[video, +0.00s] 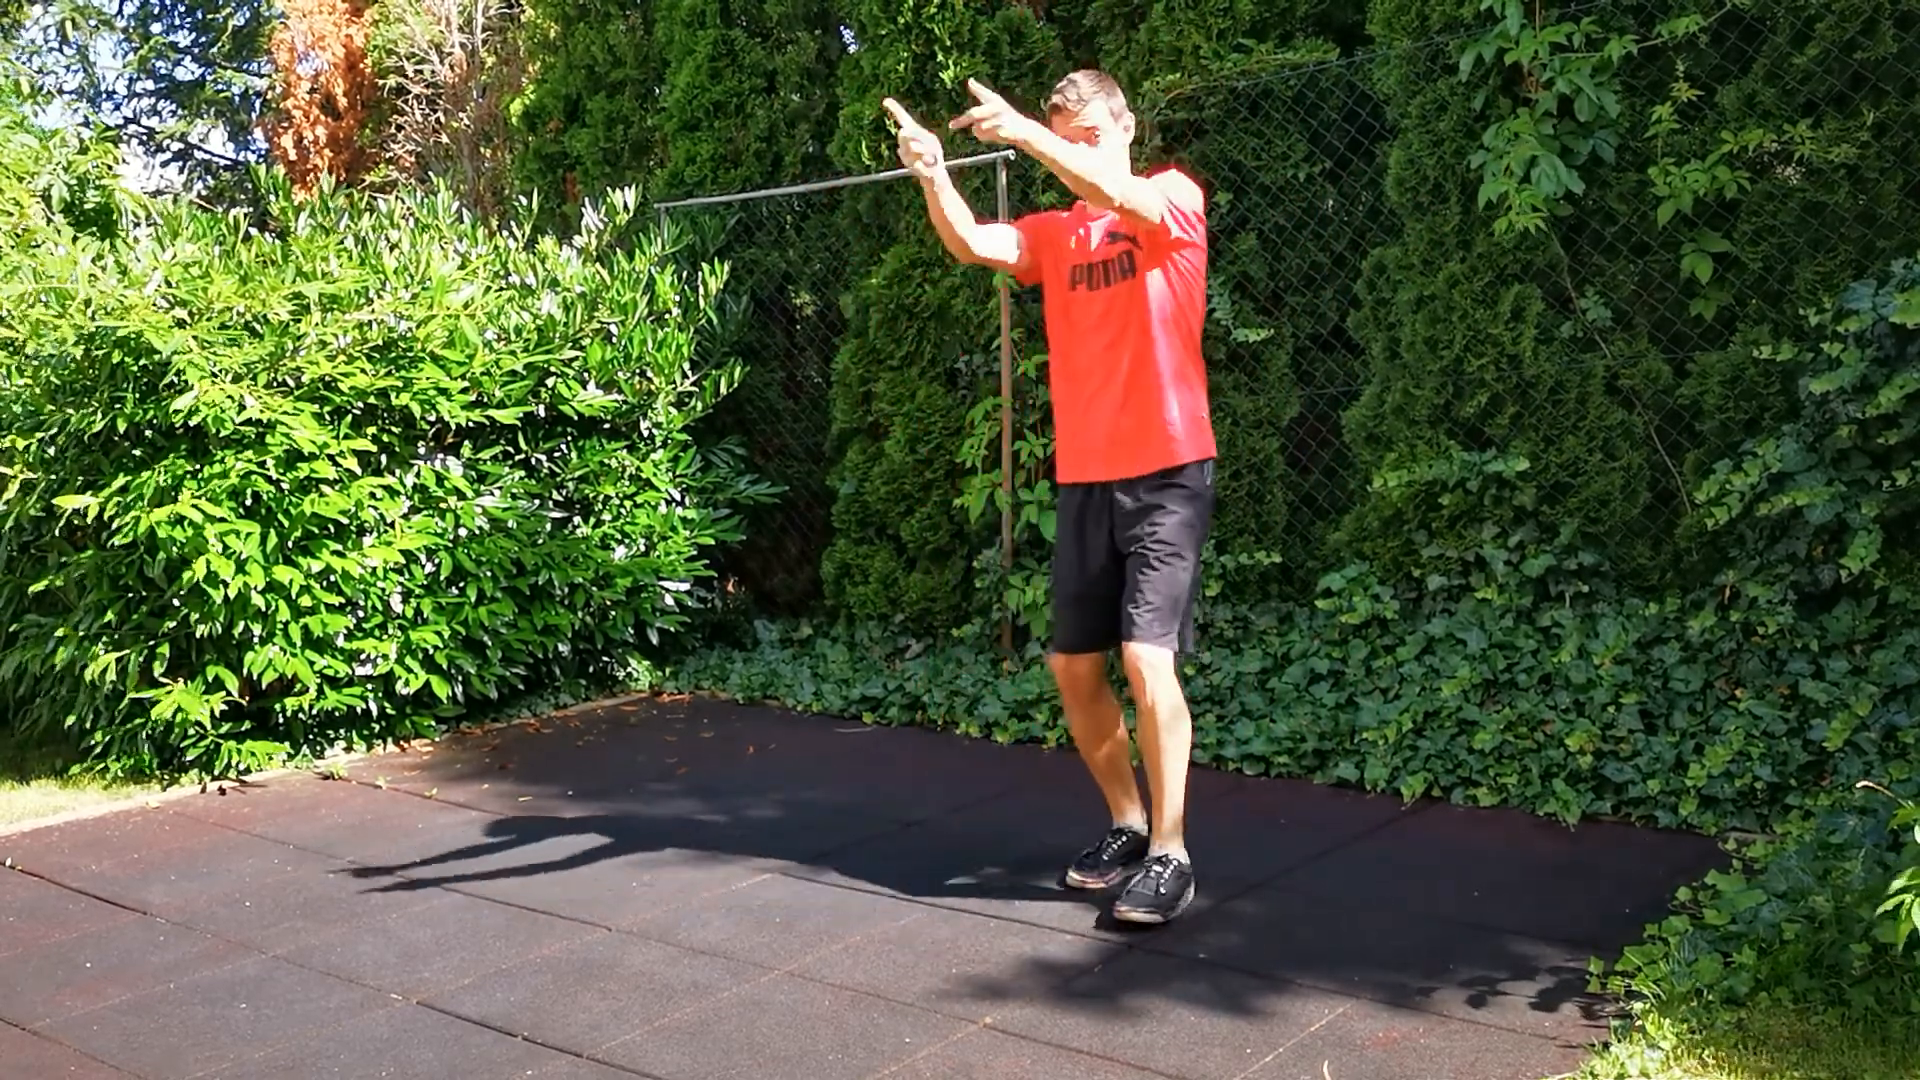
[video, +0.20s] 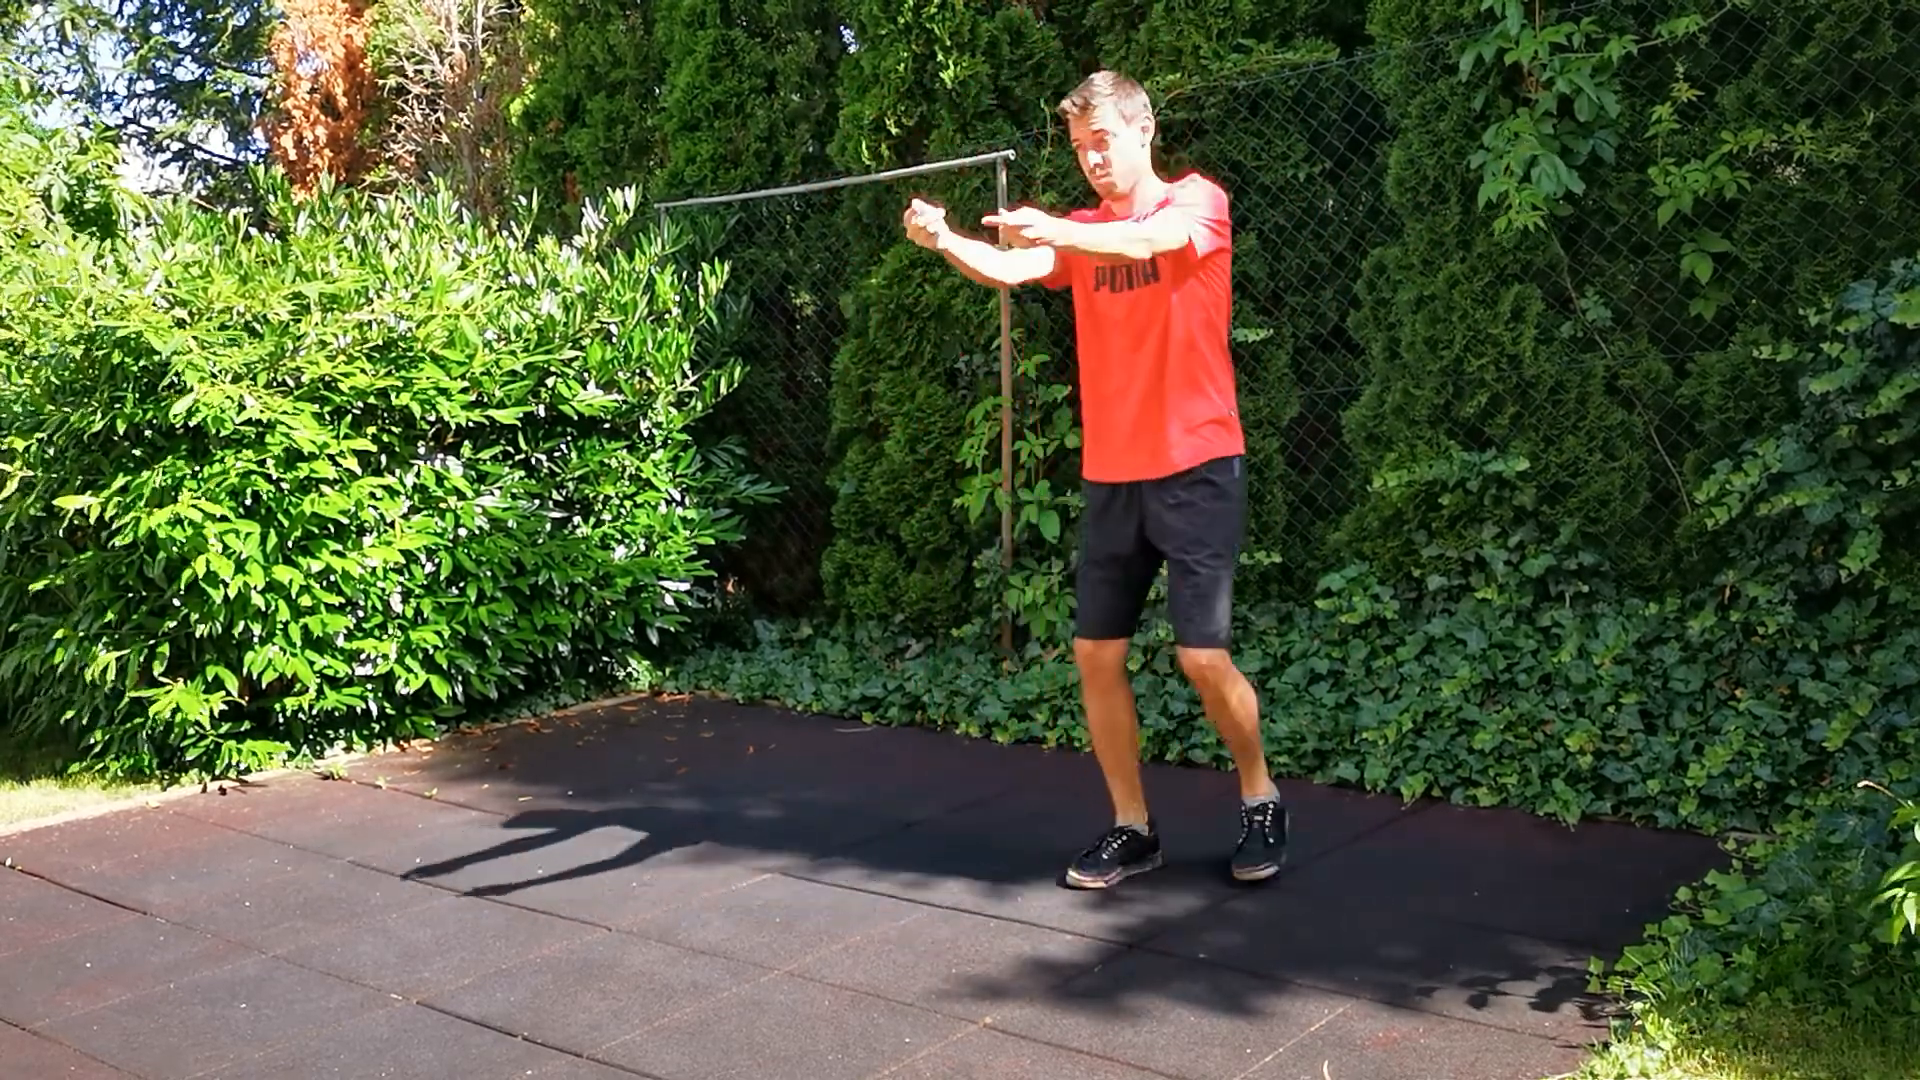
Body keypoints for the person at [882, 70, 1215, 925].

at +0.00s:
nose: (1079, 153)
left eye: (1089, 136)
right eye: (1066, 142)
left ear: (1126, 129)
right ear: (1051, 145)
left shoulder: (1175, 192)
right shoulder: (1053, 228)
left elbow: (1132, 202)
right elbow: (970, 243)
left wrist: (1025, 132)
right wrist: (933, 173)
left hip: (1167, 469)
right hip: (1084, 478)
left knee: (1145, 656)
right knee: (1074, 664)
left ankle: (1170, 854)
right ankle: (1132, 826)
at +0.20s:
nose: (1094, 159)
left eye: (1104, 142)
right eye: (1083, 148)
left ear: (1144, 134)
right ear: (1078, 152)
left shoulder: (1197, 196)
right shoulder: (1082, 227)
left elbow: (1151, 239)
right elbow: (1009, 269)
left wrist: (1050, 228)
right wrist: (946, 240)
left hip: (1197, 469)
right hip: (1112, 476)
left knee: (1201, 656)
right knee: (1097, 651)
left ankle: (1261, 805)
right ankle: (1133, 828)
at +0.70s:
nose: (1195, 155)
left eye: (1207, 139)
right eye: (1180, 143)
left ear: (1236, 143)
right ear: (1163, 154)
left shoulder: (1275, 219)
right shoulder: (1147, 237)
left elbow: (1217, 277)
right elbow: (1099, 300)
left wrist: (1145, 280)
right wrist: (1030, 290)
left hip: (1261, 479)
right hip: (1168, 481)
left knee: (1282, 664)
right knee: (1131, 643)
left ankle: (1311, 803)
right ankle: (1116, 834)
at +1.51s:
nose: (1219, 134)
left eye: (1234, 121)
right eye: (1209, 125)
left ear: (1268, 138)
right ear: (1195, 146)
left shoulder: (1300, 221)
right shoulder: (1164, 221)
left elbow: (1289, 301)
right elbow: (1127, 298)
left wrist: (1250, 327)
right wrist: (1107, 246)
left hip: (1272, 475)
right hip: (1176, 471)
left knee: (1289, 652)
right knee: (1142, 648)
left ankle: (1309, 800)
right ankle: (1110, 833)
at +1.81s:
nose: (1242, 151)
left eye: (1256, 138)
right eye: (1230, 140)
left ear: (1288, 149)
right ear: (1216, 155)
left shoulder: (1314, 230)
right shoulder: (1189, 233)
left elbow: (1258, 302)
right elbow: (1177, 358)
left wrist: (1193, 310)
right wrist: (1178, 311)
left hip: (1284, 479)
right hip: (1192, 475)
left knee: (1295, 660)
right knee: (1147, 647)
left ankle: (1310, 803)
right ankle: (1114, 833)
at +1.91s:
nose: (1243, 162)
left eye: (1258, 148)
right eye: (1231, 150)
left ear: (1290, 156)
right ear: (1219, 160)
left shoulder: (1316, 246)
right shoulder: (1190, 241)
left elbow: (1290, 367)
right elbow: (1172, 355)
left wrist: (1280, 337)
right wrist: (1144, 372)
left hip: (1282, 492)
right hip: (1192, 483)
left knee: (1291, 672)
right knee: (1144, 650)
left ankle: (1309, 801)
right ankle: (1112, 833)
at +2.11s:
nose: (1264, 176)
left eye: (1278, 161)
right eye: (1252, 162)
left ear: (1309, 161)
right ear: (1235, 166)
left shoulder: (1339, 255)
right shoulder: (1194, 242)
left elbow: (1369, 366)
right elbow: (1139, 345)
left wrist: (1396, 380)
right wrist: (1063, 371)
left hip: (1291, 499)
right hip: (1193, 489)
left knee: (1300, 670)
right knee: (1143, 646)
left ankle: (1309, 801)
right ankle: (1111, 833)